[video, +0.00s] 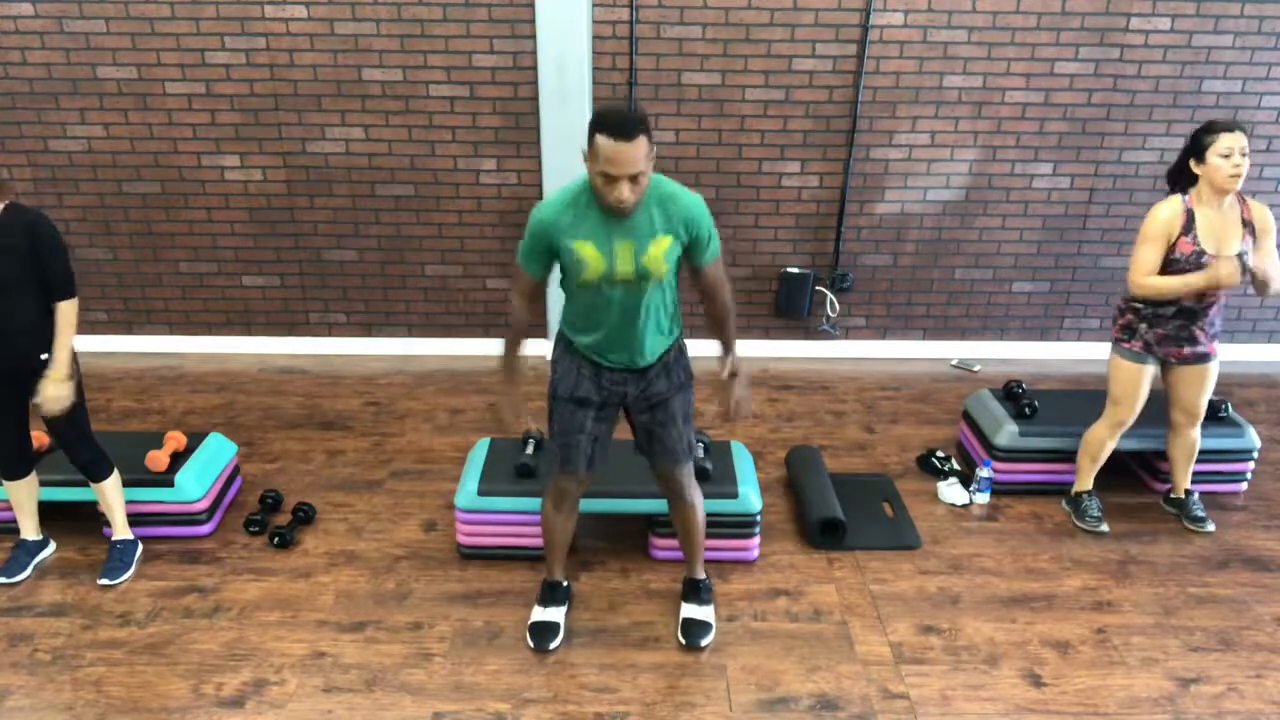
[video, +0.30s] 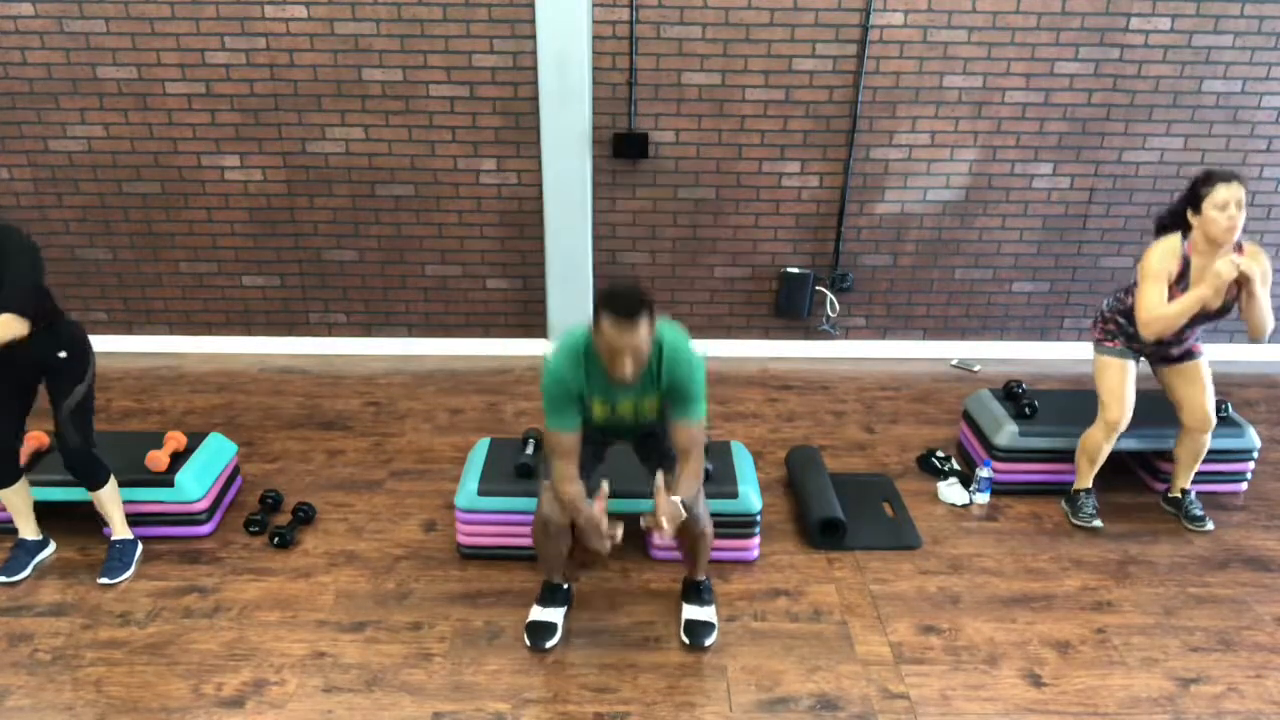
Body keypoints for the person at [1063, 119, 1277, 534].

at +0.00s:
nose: (1238, 164)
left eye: (1244, 156)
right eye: (1226, 156)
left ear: (1249, 161)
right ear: (1197, 165)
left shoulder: (1257, 216)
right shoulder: (1167, 213)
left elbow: (1268, 288)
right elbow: (1138, 283)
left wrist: (1256, 268)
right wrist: (1206, 279)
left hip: (1197, 331)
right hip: (1143, 326)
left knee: (1189, 419)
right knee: (1120, 416)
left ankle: (1181, 494)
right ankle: (1080, 491)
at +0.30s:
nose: (1233, 216)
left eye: (1239, 207)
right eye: (1222, 208)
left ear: (1245, 213)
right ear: (1194, 217)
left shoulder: (1251, 257)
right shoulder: (1163, 253)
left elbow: (1259, 332)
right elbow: (1150, 327)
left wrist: (1254, 286)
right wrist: (1208, 288)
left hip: (1176, 336)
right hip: (1122, 328)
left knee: (1201, 421)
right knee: (1115, 417)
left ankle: (1178, 493)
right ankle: (1080, 491)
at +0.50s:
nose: (1226, 272)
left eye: (1232, 261)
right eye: (1214, 262)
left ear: (1238, 265)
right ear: (1187, 267)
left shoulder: (1244, 306)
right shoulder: (1156, 300)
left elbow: (1245, 379)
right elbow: (1145, 376)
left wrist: (1240, 335)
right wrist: (1199, 341)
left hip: (1173, 352)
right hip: (1114, 348)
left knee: (1210, 430)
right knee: (1117, 425)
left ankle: (1180, 493)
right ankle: (1080, 492)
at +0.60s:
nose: (1223, 291)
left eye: (1229, 280)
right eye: (1211, 282)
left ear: (1236, 283)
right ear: (1185, 285)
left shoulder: (1239, 320)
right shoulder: (1153, 316)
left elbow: (1239, 395)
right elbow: (1143, 392)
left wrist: (1235, 354)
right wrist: (1197, 358)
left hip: (1170, 364)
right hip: (1111, 358)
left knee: (1215, 430)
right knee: (1118, 429)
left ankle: (1180, 494)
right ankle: (1080, 493)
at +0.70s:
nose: (1224, 297)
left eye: (1230, 286)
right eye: (1212, 288)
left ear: (1236, 287)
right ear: (1185, 290)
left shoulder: (1239, 326)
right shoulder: (1152, 321)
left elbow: (1240, 399)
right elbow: (1143, 396)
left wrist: (1237, 363)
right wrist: (1198, 364)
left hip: (1168, 368)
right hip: (1110, 361)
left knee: (1215, 431)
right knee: (1119, 430)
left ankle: (1180, 494)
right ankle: (1080, 494)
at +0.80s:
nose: (1226, 291)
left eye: (1232, 280)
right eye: (1215, 281)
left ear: (1239, 282)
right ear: (1187, 283)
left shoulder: (1241, 319)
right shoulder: (1156, 314)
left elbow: (1240, 395)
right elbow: (1140, 389)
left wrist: (1247, 369)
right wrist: (1199, 366)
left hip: (1170, 363)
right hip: (1112, 357)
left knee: (1214, 431)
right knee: (1119, 430)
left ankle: (1180, 494)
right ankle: (1080, 494)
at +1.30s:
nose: (1245, 170)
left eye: (1251, 162)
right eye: (1235, 161)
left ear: (1256, 166)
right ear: (1205, 165)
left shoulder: (1260, 216)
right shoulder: (1175, 214)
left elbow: (1273, 276)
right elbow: (1110, 266)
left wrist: (1277, 327)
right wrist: (1077, 324)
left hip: (1204, 333)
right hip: (1149, 328)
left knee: (1199, 424)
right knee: (1122, 420)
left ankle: (1181, 493)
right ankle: (1080, 493)